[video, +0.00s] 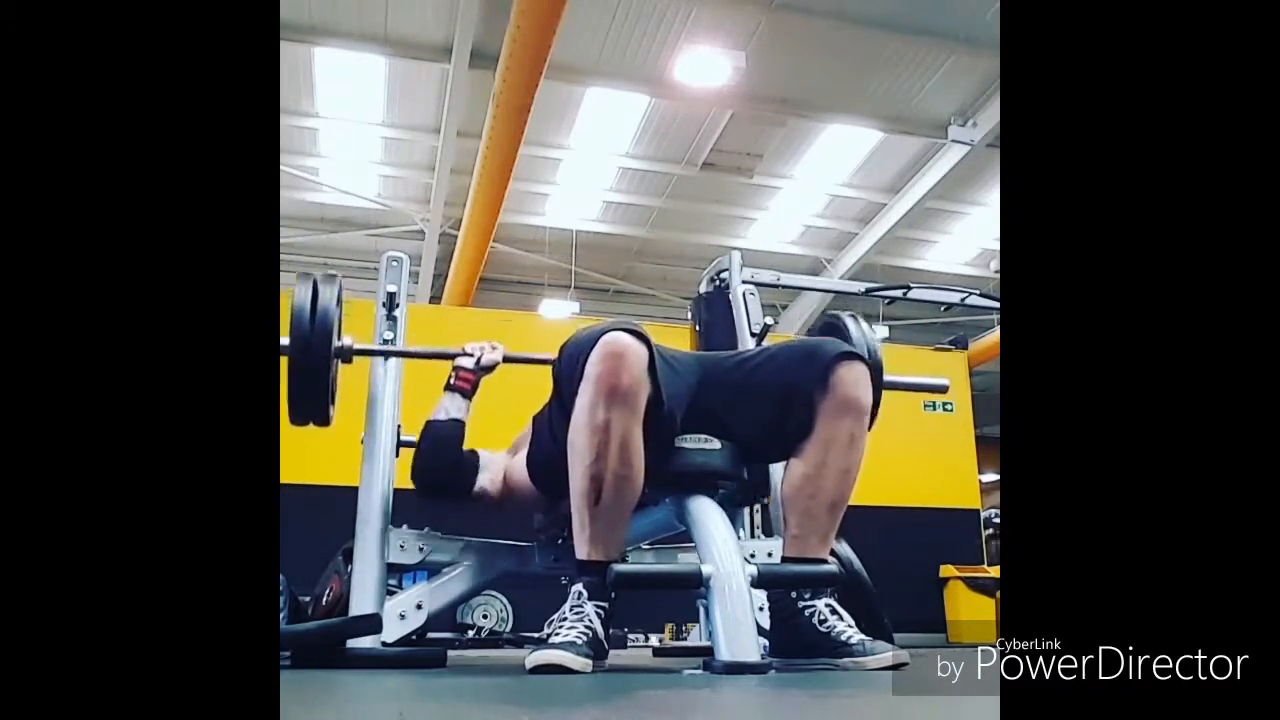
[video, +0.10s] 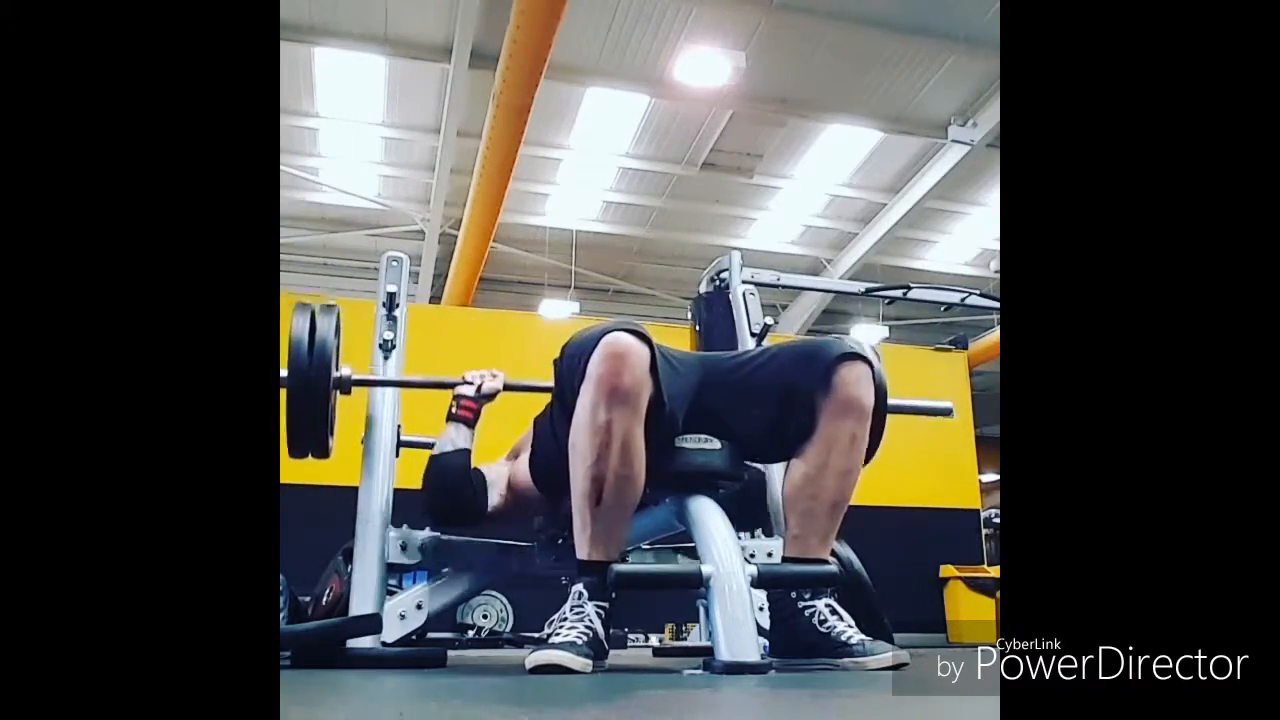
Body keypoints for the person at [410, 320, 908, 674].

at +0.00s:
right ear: (487, 484)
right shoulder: (514, 473)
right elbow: (434, 473)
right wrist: (461, 384)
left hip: (707, 375)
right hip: (633, 359)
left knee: (848, 376)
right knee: (618, 357)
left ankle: (800, 605)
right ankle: (586, 604)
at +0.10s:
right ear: (490, 505)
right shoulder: (519, 483)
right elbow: (448, 500)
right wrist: (466, 406)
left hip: (708, 376)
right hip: (630, 358)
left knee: (850, 375)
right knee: (618, 356)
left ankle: (801, 607)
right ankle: (587, 606)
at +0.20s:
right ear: (499, 509)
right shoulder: (518, 483)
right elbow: (448, 506)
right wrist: (464, 416)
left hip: (704, 375)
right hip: (625, 357)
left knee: (851, 376)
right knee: (623, 358)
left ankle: (801, 607)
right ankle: (588, 607)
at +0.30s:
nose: (489, 486)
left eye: (481, 481)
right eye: (483, 493)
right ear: (493, 513)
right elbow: (446, 486)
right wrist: (462, 402)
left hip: (710, 375)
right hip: (630, 363)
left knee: (849, 374)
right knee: (623, 358)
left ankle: (802, 607)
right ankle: (587, 606)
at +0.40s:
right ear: (499, 477)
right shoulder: (514, 476)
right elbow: (440, 459)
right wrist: (465, 366)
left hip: (709, 372)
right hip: (622, 354)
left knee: (848, 376)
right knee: (622, 359)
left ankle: (801, 607)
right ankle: (588, 604)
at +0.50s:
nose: (503, 485)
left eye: (502, 483)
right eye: (498, 484)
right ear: (501, 475)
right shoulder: (512, 462)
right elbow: (443, 425)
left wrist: (729, 352)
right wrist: (465, 338)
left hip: (704, 386)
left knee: (851, 378)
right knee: (630, 357)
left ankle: (798, 608)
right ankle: (587, 607)